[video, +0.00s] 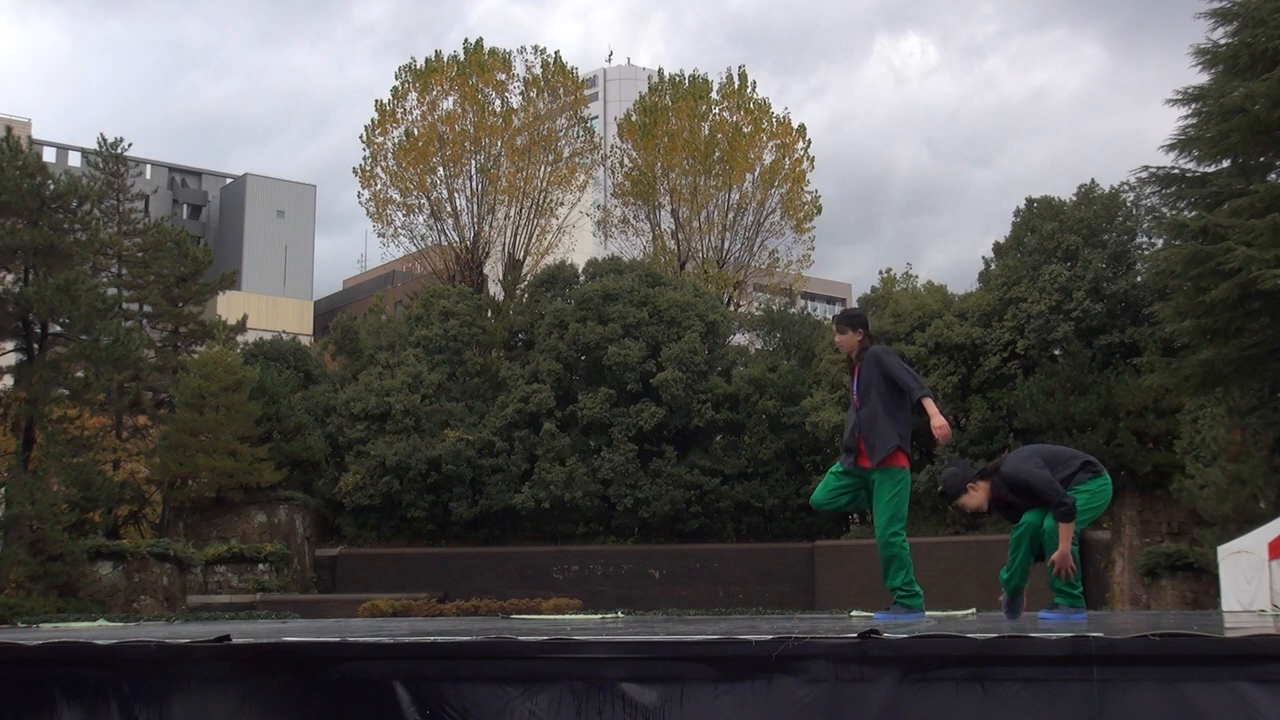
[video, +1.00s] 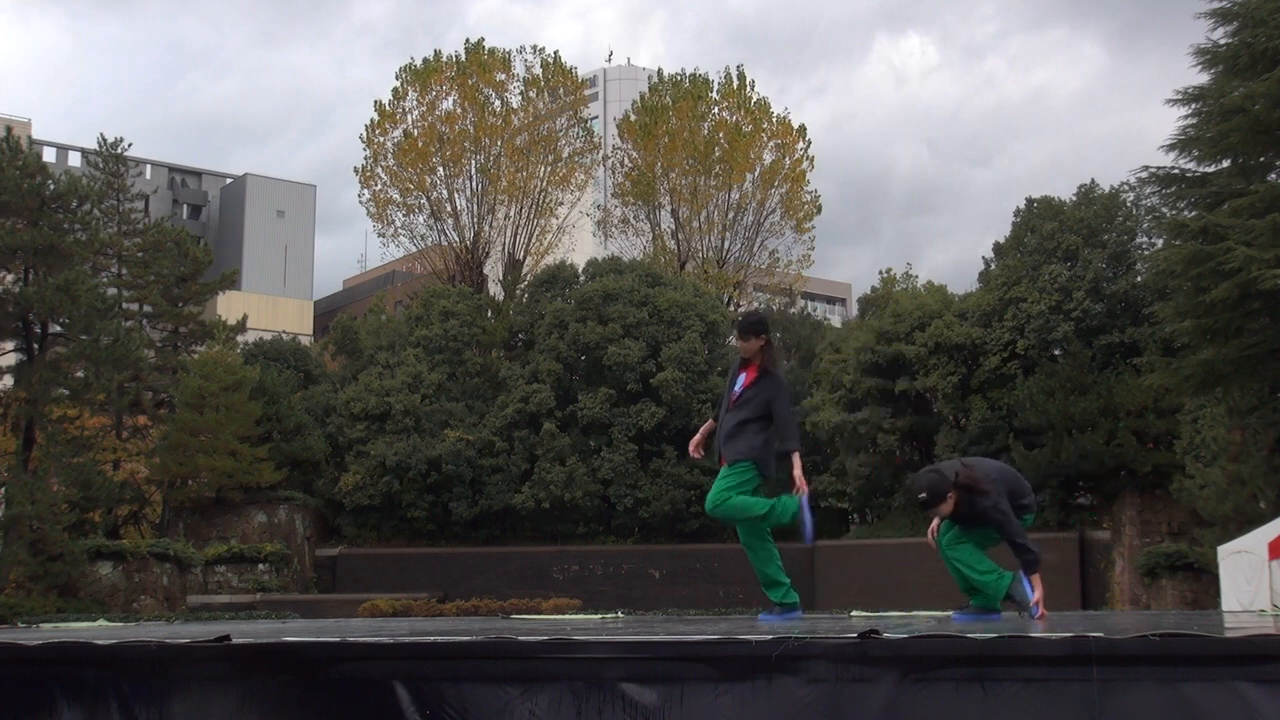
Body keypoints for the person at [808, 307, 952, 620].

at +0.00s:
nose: (837, 340)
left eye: (841, 333)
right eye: (835, 334)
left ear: (860, 333)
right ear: (851, 336)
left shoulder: (879, 355)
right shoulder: (857, 367)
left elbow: (914, 384)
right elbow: (865, 412)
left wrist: (935, 415)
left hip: (889, 458)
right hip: (856, 458)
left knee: (888, 532)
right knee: (822, 500)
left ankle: (909, 602)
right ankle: (877, 492)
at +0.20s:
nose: (812, 345)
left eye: (815, 338)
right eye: (810, 339)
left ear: (834, 337)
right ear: (823, 339)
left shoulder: (856, 360)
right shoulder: (833, 372)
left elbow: (892, 391)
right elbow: (845, 414)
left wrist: (920, 423)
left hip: (868, 460)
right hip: (835, 462)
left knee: (873, 531)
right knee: (805, 514)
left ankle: (907, 600)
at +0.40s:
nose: (781, 340)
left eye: (788, 335)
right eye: (781, 334)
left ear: (805, 340)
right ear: (786, 339)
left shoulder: (823, 370)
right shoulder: (790, 378)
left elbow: (855, 405)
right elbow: (797, 430)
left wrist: (884, 437)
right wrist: (784, 462)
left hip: (836, 465)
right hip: (805, 468)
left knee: (843, 528)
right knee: (793, 532)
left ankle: (894, 584)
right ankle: (789, 604)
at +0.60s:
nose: (770, 333)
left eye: (776, 329)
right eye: (769, 327)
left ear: (793, 333)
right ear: (771, 331)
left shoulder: (807, 372)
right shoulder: (766, 368)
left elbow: (838, 410)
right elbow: (757, 410)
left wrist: (870, 445)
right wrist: (743, 443)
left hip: (801, 458)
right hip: (777, 461)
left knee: (787, 501)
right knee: (778, 531)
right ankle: (789, 604)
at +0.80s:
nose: (758, 336)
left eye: (764, 332)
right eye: (757, 331)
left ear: (781, 335)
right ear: (757, 333)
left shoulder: (793, 375)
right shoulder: (755, 367)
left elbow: (816, 417)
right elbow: (743, 407)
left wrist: (841, 457)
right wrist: (722, 431)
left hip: (776, 455)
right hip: (755, 460)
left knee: (756, 500)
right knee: (765, 535)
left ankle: (820, 464)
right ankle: (788, 604)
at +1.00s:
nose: (739, 344)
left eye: (745, 340)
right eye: (738, 339)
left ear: (762, 341)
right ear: (739, 339)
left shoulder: (772, 378)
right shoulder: (738, 371)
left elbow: (788, 424)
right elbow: (728, 410)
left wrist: (797, 465)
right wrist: (704, 431)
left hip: (751, 458)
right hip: (735, 459)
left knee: (716, 503)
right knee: (752, 534)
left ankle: (792, 508)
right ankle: (786, 602)